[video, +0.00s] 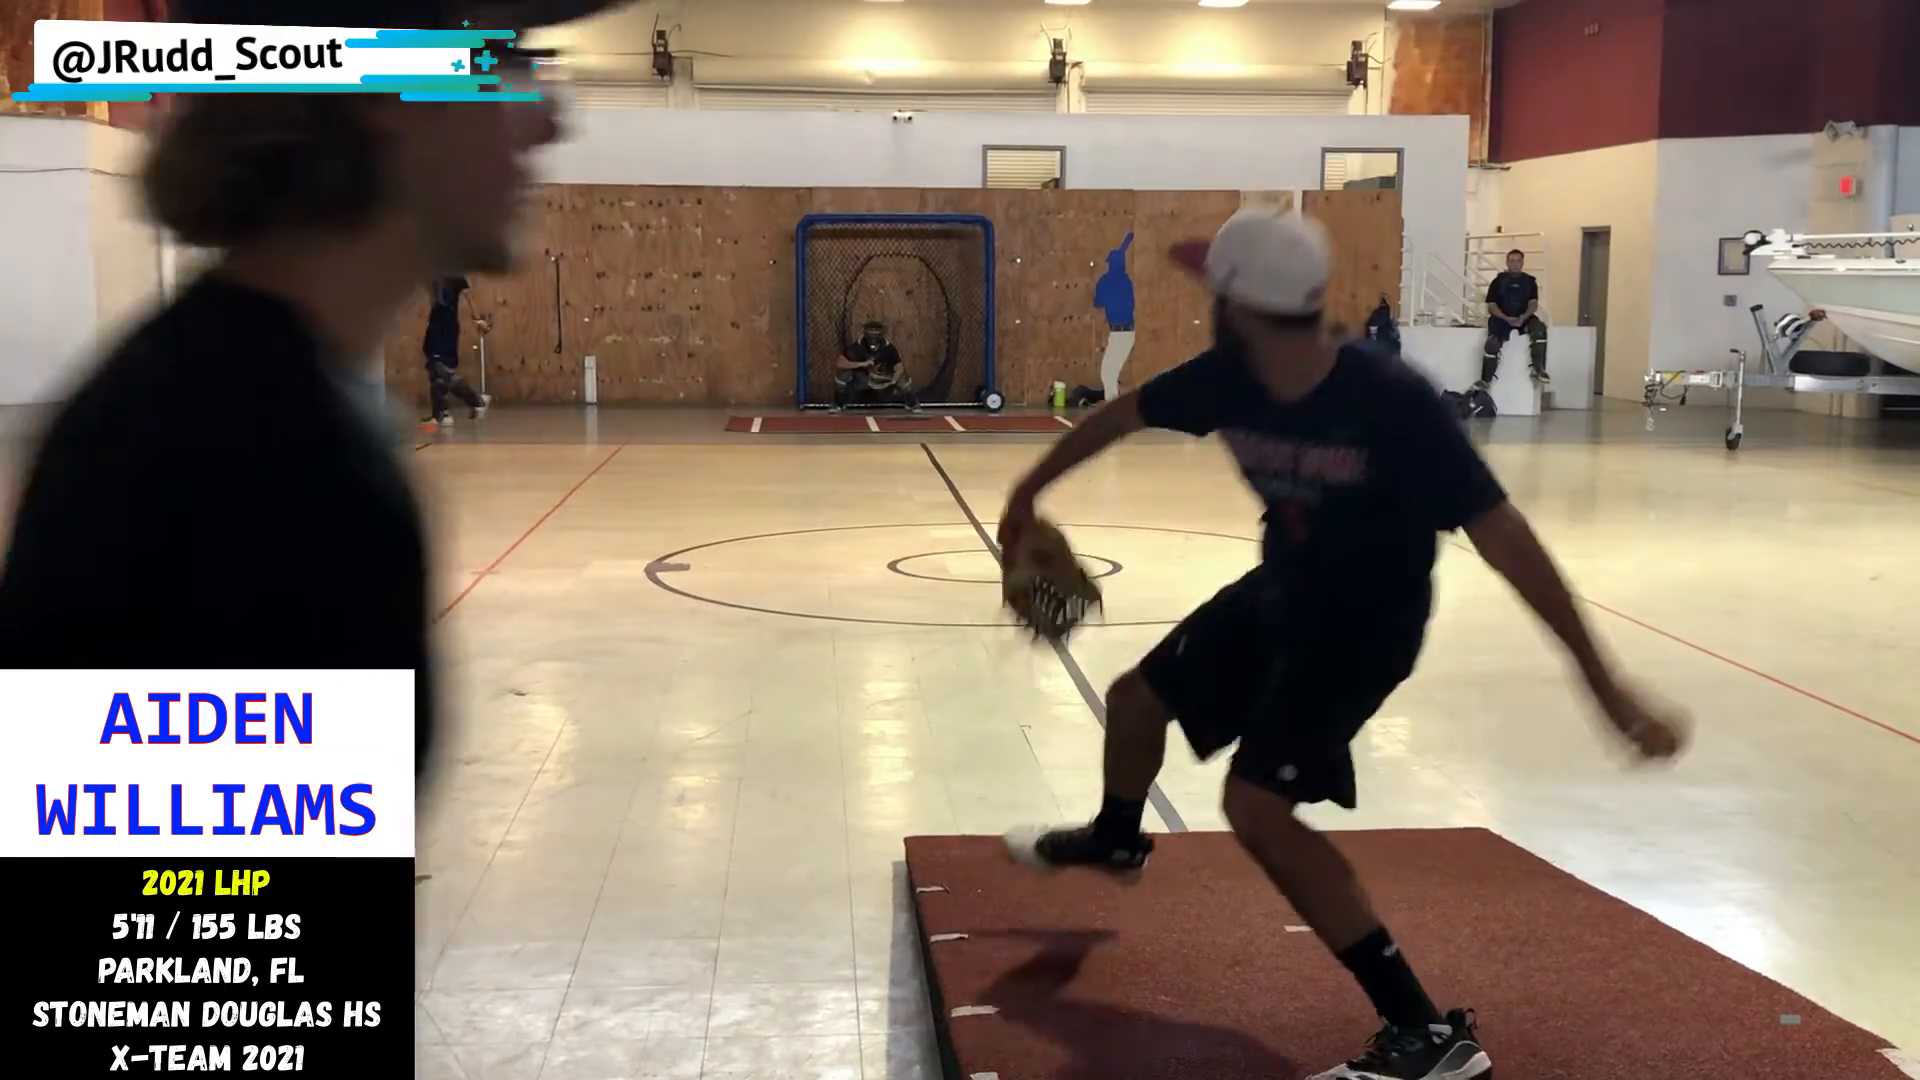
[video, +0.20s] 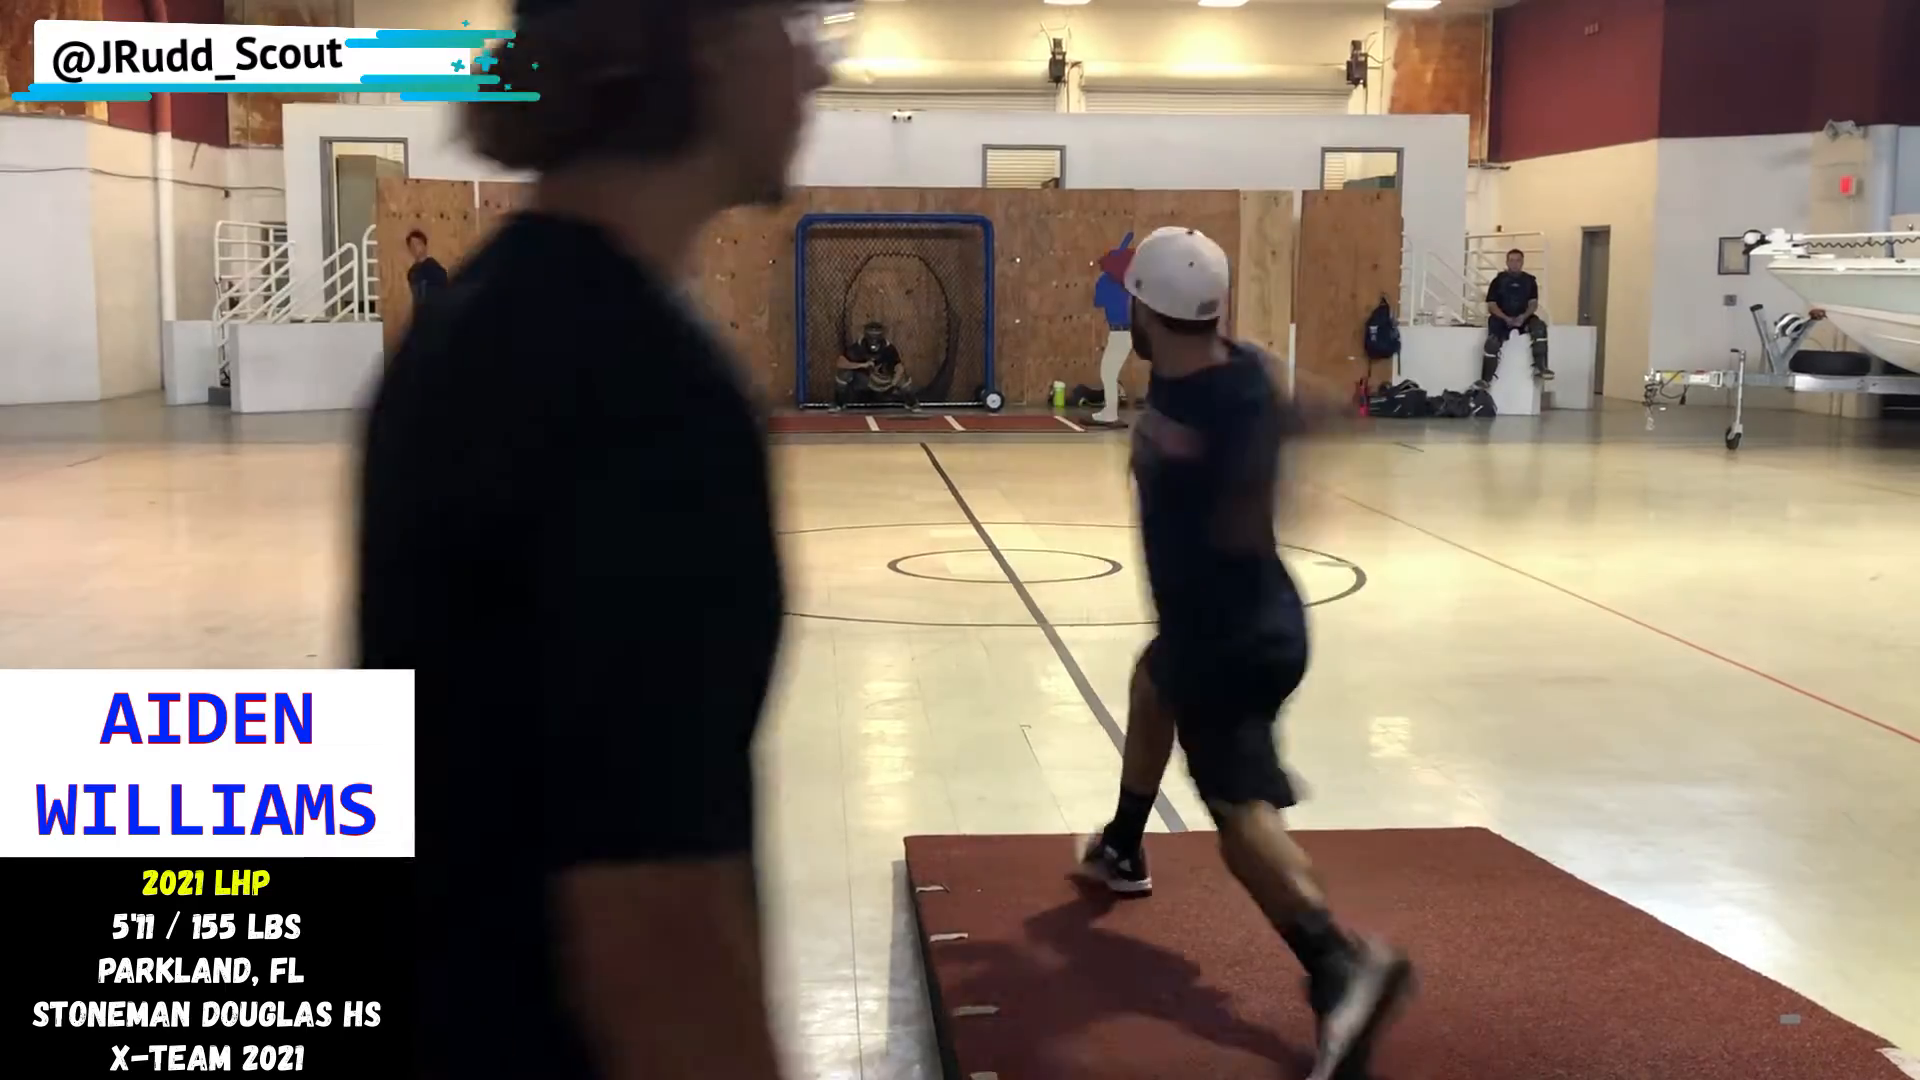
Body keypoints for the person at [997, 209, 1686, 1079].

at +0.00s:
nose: (1212, 311)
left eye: (1218, 295)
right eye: (1217, 295)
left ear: (1238, 306)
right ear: (1308, 298)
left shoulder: (1396, 400)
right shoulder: (1228, 377)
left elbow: (1503, 534)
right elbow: (1123, 414)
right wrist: (1023, 494)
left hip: (1367, 621)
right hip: (1277, 592)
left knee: (1256, 807)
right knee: (1135, 703)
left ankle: (1419, 1025)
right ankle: (1115, 835)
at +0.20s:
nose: (1129, 317)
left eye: (1133, 305)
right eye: (1133, 304)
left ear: (1150, 315)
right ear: (1216, 309)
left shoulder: (1192, 402)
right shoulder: (1247, 373)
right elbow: (1301, 413)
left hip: (1226, 642)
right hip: (1262, 623)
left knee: (1245, 821)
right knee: (1150, 682)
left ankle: (1339, 969)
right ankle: (1121, 844)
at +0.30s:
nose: (1147, 332)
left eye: (1145, 321)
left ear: (1143, 330)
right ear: (1222, 332)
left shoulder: (1096, 411)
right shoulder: (1259, 430)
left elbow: (981, 376)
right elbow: (1322, 526)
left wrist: (888, 317)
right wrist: (1263, 507)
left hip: (1142, 652)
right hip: (1239, 647)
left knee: (1173, 831)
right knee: (1161, 727)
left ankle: (1270, 887)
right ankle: (1118, 848)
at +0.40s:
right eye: (1217, 351)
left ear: (1147, 343)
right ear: (1218, 354)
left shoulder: (1099, 406)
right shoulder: (1224, 420)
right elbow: (1261, 511)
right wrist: (1326, 553)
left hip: (1109, 603)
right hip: (1196, 601)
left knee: (1149, 801)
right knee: (1141, 708)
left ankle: (1220, 879)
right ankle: (1122, 843)